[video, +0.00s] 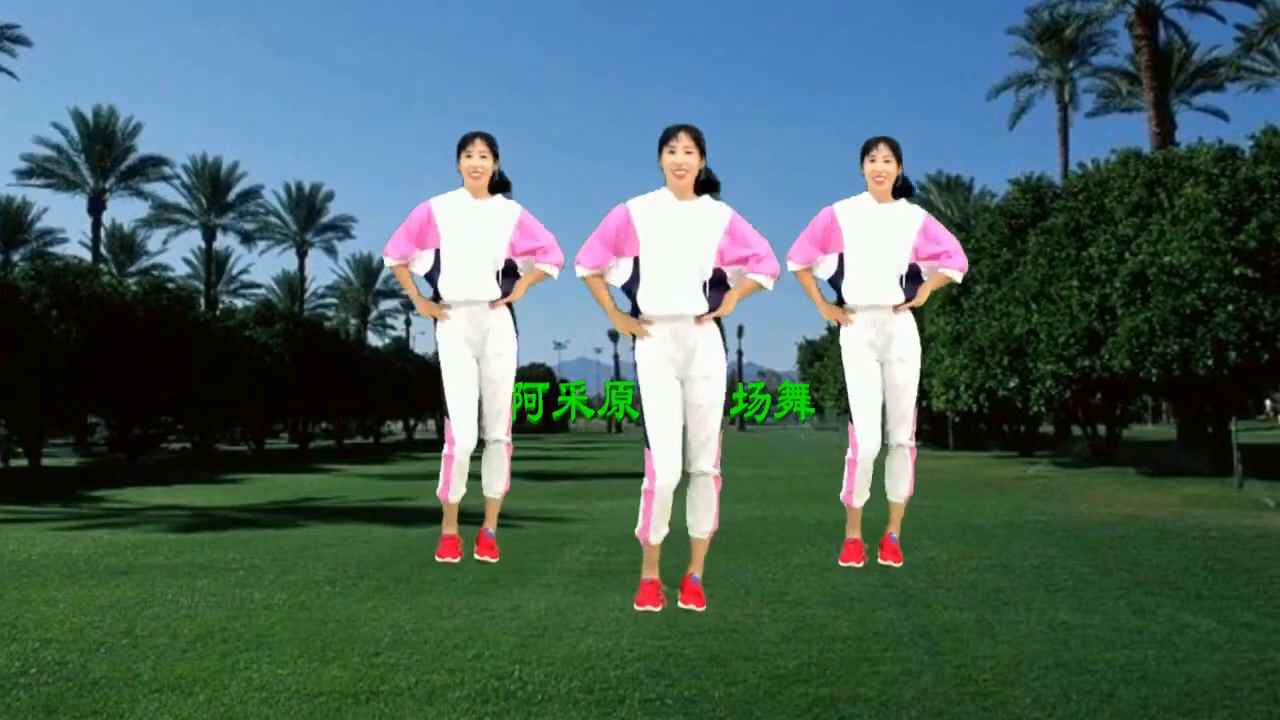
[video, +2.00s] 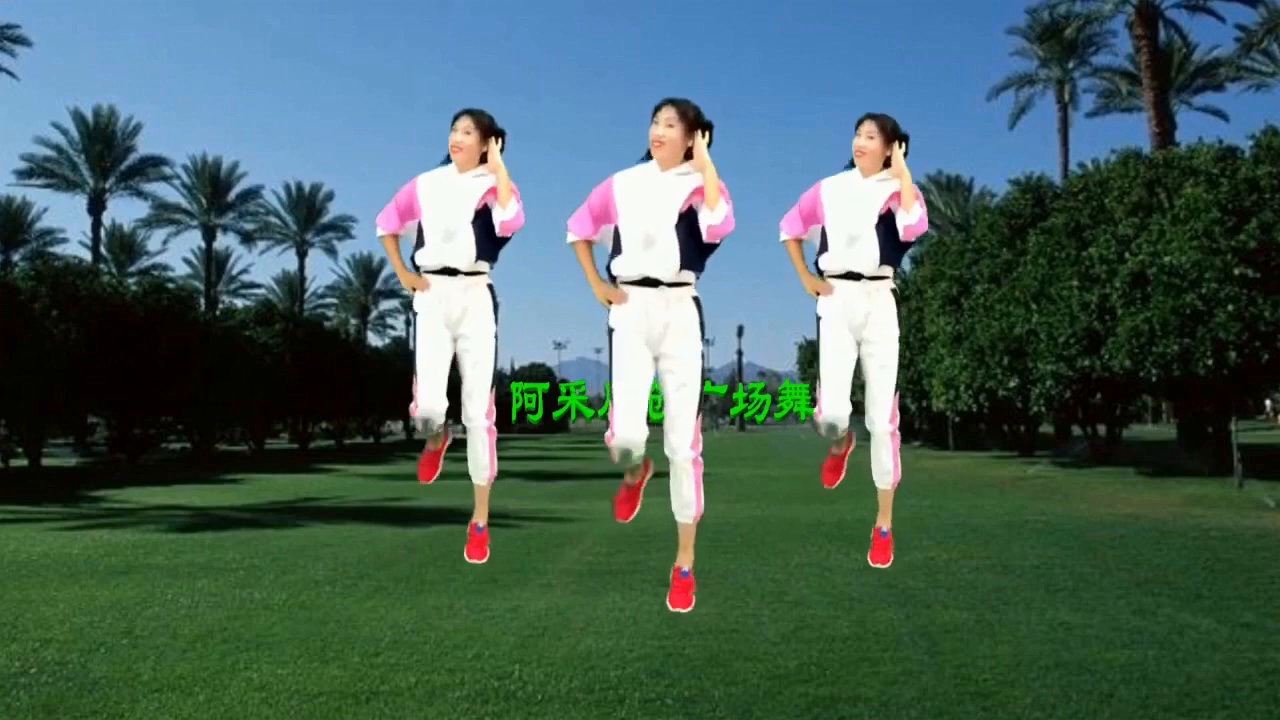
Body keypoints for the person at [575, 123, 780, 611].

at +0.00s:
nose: (680, 158)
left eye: (689, 151)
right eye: (671, 150)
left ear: (702, 162)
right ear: (660, 160)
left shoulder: (719, 215)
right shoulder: (634, 213)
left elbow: (767, 264)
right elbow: (588, 265)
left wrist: (733, 296)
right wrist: (617, 316)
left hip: (704, 340)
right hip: (654, 340)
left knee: (704, 461)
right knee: (664, 462)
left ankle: (695, 576)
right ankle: (650, 576)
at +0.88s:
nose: (664, 158)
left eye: (673, 150)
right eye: (658, 150)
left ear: (694, 157)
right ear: (651, 159)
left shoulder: (717, 207)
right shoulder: (632, 210)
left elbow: (778, 224)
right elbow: (585, 267)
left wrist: (740, 262)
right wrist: (616, 318)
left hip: (701, 334)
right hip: (651, 336)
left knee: (698, 461)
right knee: (655, 462)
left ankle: (690, 574)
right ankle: (645, 576)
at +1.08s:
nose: (667, 151)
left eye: (676, 144)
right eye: (662, 144)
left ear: (699, 150)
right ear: (657, 153)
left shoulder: (724, 198)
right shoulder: (637, 203)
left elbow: (786, 215)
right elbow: (586, 256)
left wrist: (753, 202)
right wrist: (618, 309)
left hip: (701, 327)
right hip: (650, 327)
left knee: (697, 457)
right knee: (649, 460)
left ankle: (693, 575)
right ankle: (643, 575)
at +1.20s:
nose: (673, 177)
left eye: (682, 170)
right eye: (668, 170)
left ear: (704, 177)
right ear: (662, 178)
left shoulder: (720, 231)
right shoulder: (638, 225)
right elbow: (592, 281)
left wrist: (737, 238)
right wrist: (613, 335)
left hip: (703, 352)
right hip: (652, 353)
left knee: (702, 473)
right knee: (672, 472)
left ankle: (691, 578)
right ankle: (654, 557)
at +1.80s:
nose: (650, 155)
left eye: (660, 147)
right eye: (646, 147)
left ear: (682, 156)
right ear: (642, 156)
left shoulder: (704, 208)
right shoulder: (622, 209)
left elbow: (707, 244)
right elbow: (579, 251)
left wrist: (690, 180)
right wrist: (597, 302)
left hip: (671, 338)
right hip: (620, 333)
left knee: (672, 467)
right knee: (598, 454)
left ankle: (689, 573)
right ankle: (576, 564)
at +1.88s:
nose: (650, 134)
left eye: (661, 126)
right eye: (648, 126)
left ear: (684, 136)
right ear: (645, 135)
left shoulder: (703, 186)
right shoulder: (623, 187)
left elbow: (721, 220)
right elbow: (579, 228)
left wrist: (700, 159)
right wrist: (598, 280)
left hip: (675, 314)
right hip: (624, 311)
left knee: (680, 448)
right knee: (604, 440)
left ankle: (691, 566)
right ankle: (585, 539)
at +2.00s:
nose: (658, 131)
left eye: (669, 125)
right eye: (655, 124)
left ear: (692, 137)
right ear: (649, 133)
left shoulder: (704, 185)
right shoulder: (622, 183)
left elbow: (716, 228)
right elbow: (579, 229)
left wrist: (705, 163)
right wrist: (597, 283)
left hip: (680, 307)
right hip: (631, 305)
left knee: (682, 441)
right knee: (625, 440)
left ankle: (684, 563)